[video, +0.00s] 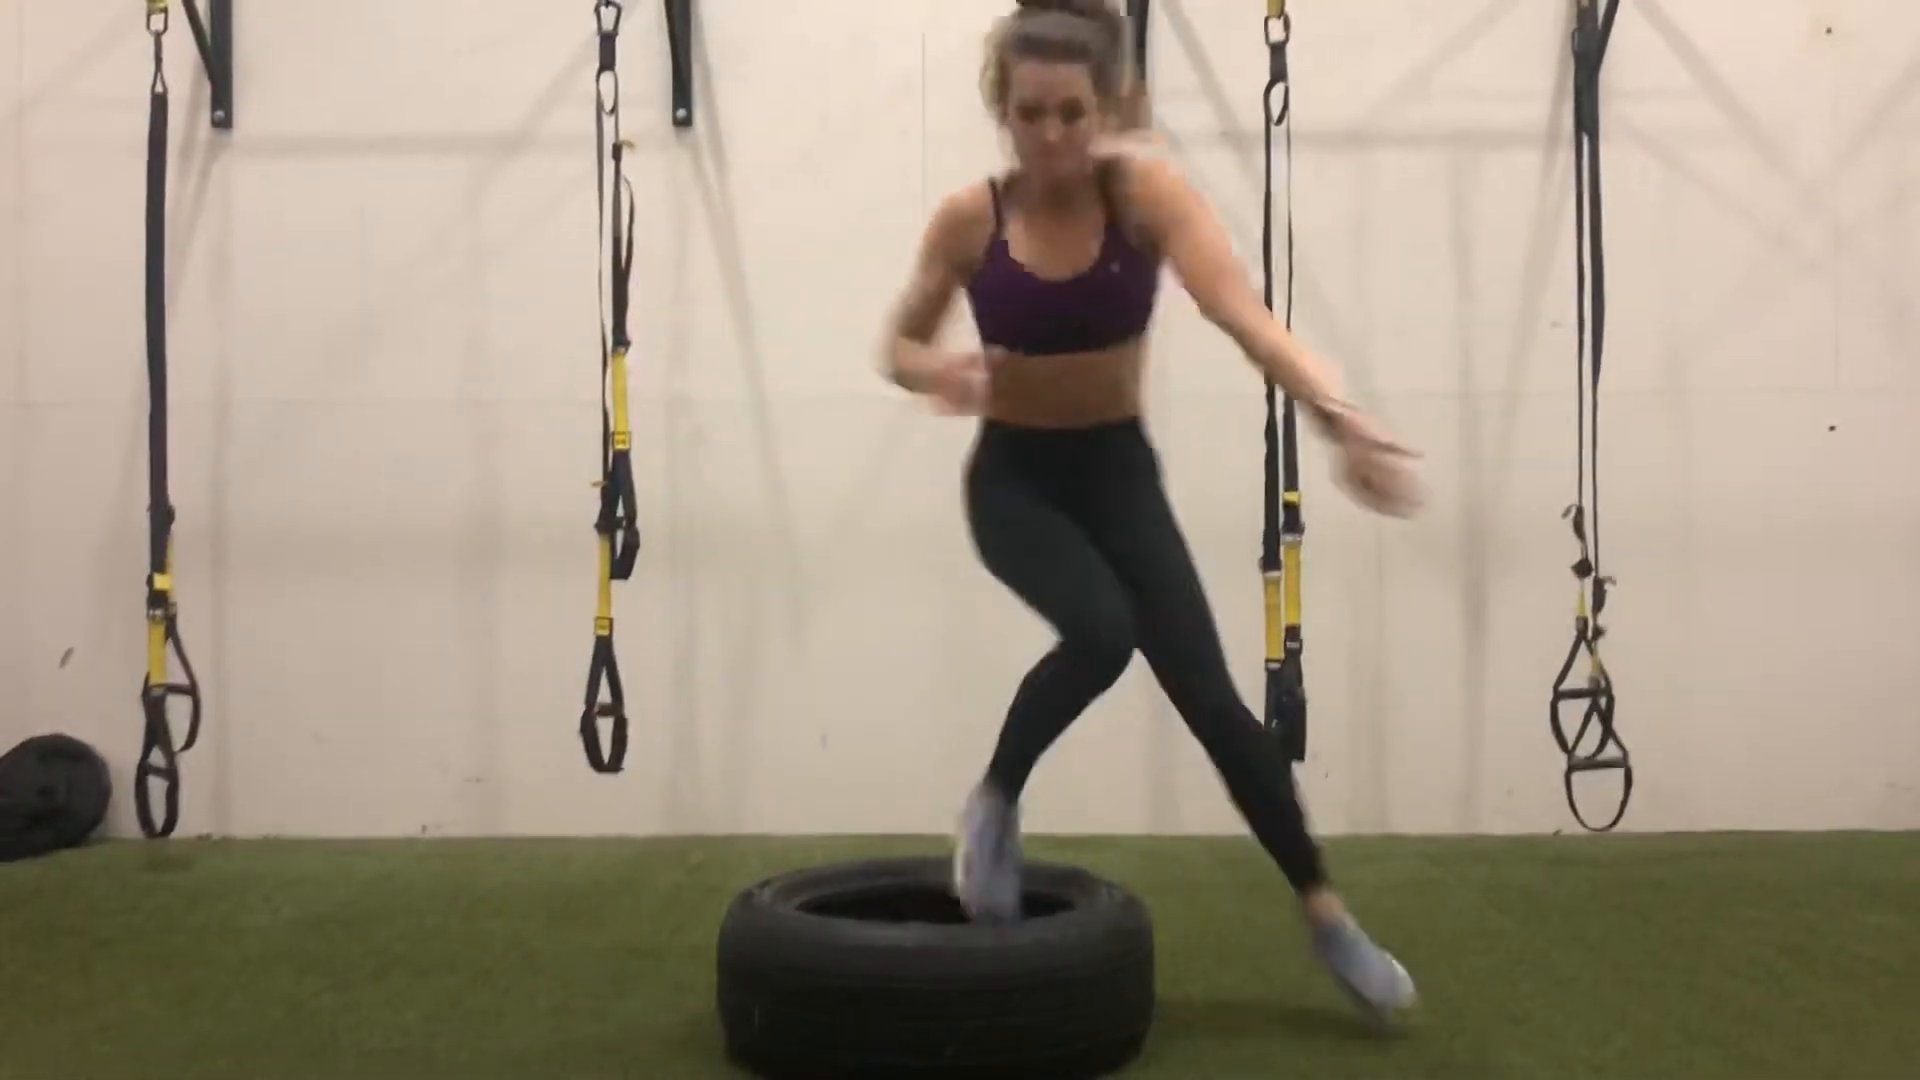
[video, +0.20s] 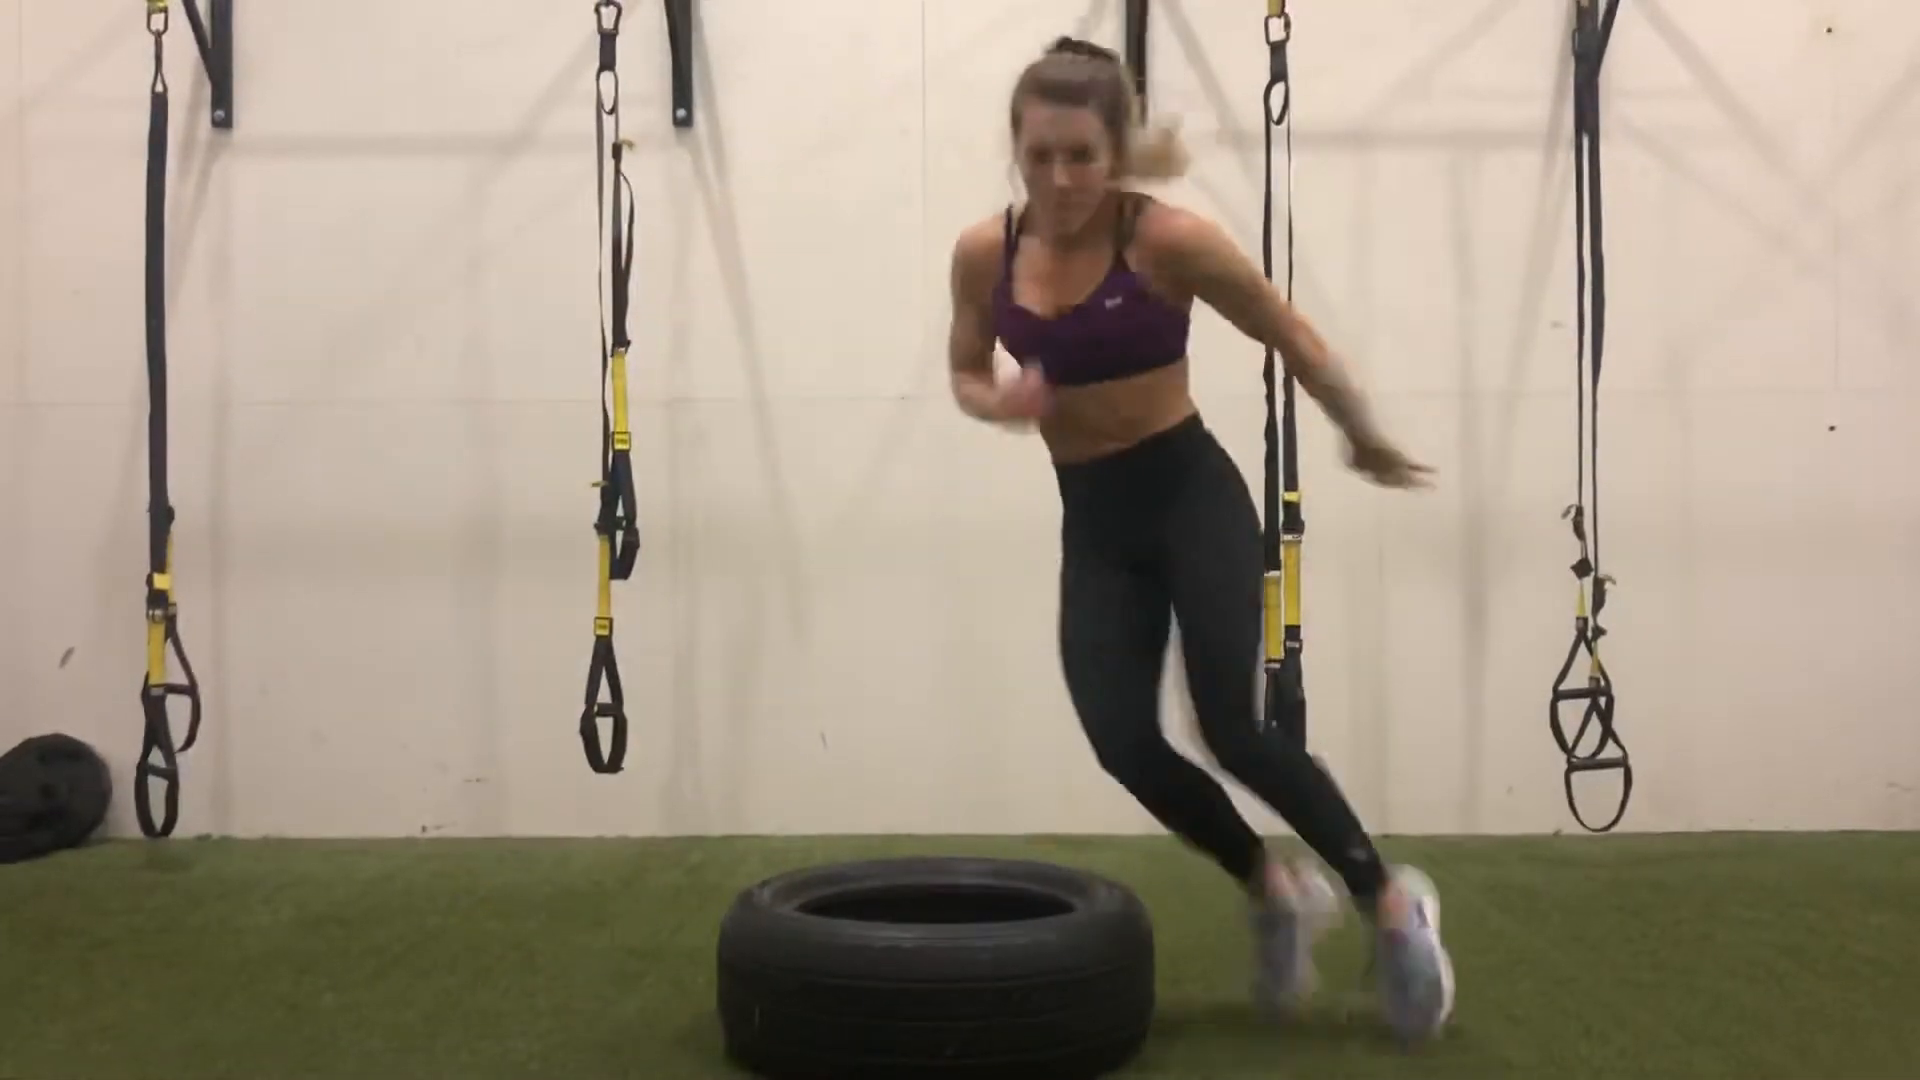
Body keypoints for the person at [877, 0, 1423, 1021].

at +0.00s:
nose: (1048, 135)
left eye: (1069, 113)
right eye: (1028, 112)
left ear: (1107, 109)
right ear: (1002, 108)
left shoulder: (1147, 191)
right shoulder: (971, 218)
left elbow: (1239, 313)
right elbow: (901, 347)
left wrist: (1343, 419)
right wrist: (934, 369)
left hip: (1117, 473)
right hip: (1013, 478)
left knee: (1212, 699)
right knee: (1104, 633)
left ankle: (1327, 915)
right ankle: (993, 806)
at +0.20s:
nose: (1059, 177)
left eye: (1080, 156)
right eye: (1041, 155)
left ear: (1118, 151)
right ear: (1017, 151)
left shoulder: (1170, 239)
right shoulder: (987, 251)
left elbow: (1288, 335)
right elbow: (967, 375)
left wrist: (1365, 439)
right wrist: (1003, 400)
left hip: (1193, 497)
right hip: (1094, 519)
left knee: (1232, 727)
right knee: (1124, 747)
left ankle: (1390, 901)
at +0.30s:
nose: (1050, 202)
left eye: (1071, 180)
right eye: (1033, 181)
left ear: (1109, 176)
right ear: (1009, 176)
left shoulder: (1162, 259)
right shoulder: (978, 282)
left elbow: (1244, 327)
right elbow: (957, 437)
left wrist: (1251, 413)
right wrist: (1016, 321)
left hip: (1182, 514)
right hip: (1108, 541)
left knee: (1049, 685)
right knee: (1192, 782)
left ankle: (1284, 734)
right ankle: (1359, 953)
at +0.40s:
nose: (1026, 170)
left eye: (1049, 150)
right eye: (1008, 146)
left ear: (1090, 151)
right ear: (985, 143)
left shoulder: (1119, 235)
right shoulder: (941, 231)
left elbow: (1179, 283)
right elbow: (957, 382)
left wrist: (1158, 371)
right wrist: (1006, 263)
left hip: (1113, 474)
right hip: (1053, 495)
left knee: (919, 581)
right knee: (1164, 731)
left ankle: (1085, 751)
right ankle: (1325, 925)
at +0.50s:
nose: (983, 134)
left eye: (1006, 113)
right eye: (966, 111)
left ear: (1051, 118)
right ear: (944, 109)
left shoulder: (1087, 222)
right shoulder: (891, 208)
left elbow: (1114, 297)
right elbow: (884, 383)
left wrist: (1073, 378)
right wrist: (933, 283)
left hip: (1032, 477)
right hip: (970, 481)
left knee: (889, 677)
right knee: (987, 722)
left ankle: (956, 899)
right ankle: (1197, 804)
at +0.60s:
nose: (935, 132)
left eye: (958, 112)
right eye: (918, 109)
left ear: (998, 119)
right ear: (895, 108)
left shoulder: (1024, 235)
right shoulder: (841, 202)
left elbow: (1108, 334)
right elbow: (782, 354)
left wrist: (1076, 433)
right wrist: (845, 299)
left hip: (972, 496)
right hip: (887, 496)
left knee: (937, 731)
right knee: (772, 688)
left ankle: (962, 945)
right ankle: (965, 735)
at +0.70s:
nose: (894, 127)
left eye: (916, 108)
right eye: (878, 102)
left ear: (943, 113)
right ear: (846, 97)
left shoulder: (970, 216)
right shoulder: (780, 190)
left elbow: (1094, 322)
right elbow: (731, 355)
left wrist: (1122, 464)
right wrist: (815, 290)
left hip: (915, 453)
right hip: (814, 448)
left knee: (853, 663)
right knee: (710, 665)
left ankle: (945, 882)